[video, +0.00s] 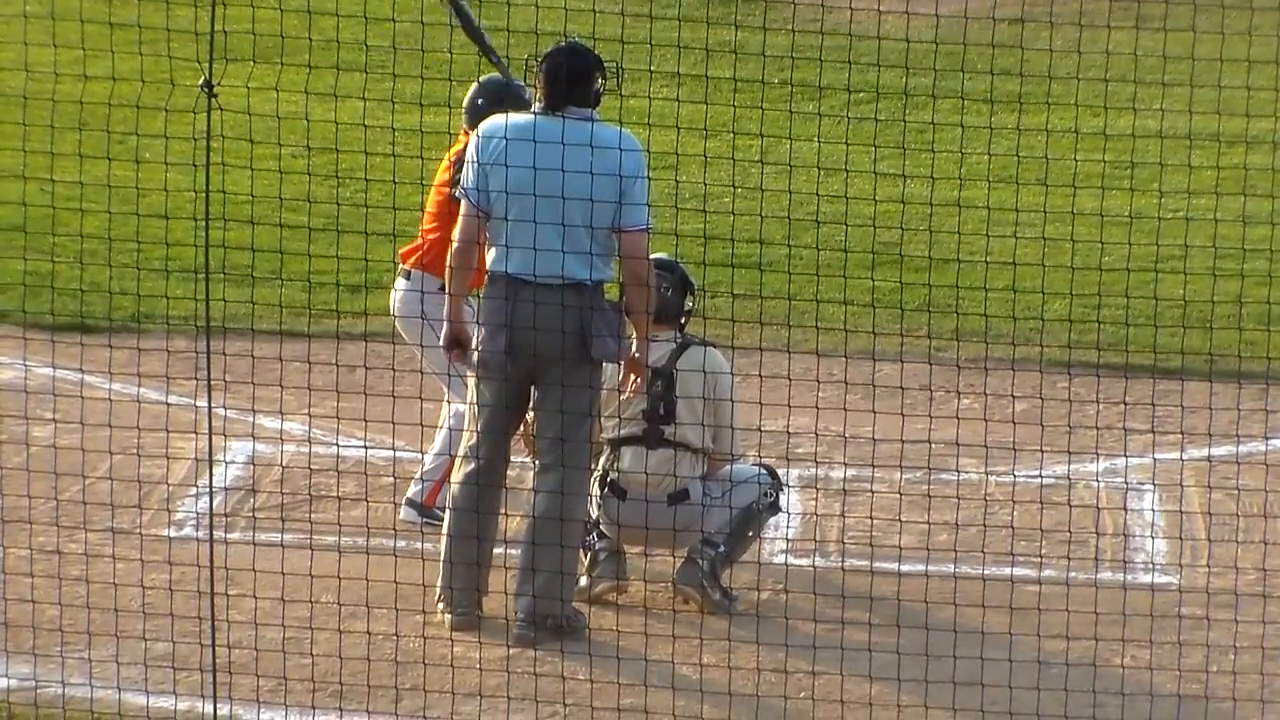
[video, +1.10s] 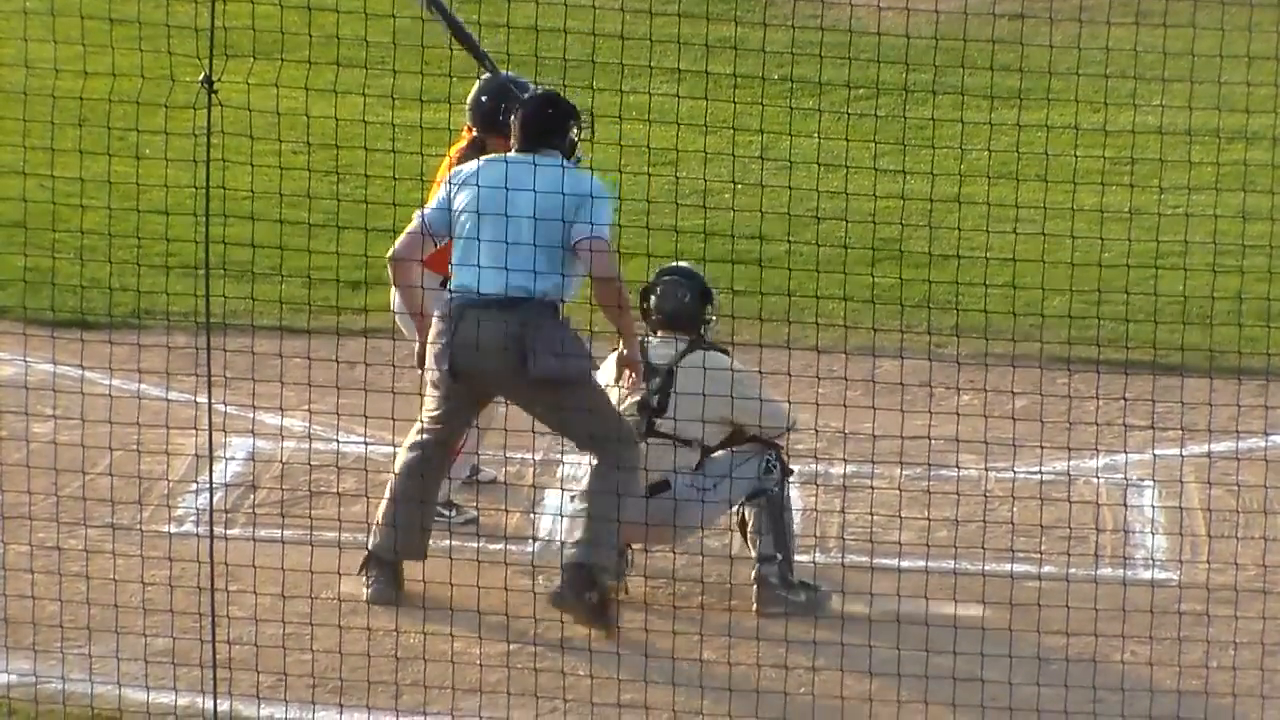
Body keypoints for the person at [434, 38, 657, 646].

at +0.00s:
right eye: (598, 89)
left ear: (540, 87)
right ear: (596, 92)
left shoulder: (494, 135)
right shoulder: (623, 148)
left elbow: (466, 240)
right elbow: (635, 260)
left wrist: (455, 311)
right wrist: (639, 342)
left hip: (505, 309)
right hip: (580, 316)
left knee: (482, 454)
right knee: (565, 464)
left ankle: (459, 598)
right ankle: (543, 609)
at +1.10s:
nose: (579, 147)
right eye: (576, 140)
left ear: (515, 136)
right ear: (569, 142)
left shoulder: (469, 177)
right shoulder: (584, 186)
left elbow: (404, 256)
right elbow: (600, 270)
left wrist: (429, 333)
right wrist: (630, 340)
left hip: (460, 332)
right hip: (535, 337)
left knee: (431, 437)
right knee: (617, 446)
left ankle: (383, 565)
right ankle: (586, 574)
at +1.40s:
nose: (598, 209)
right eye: (595, 202)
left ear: (538, 197)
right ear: (590, 204)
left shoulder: (490, 237)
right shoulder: (603, 247)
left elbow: (405, 297)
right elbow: (625, 320)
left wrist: (435, 366)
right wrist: (645, 397)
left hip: (467, 389)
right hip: (547, 393)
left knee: (441, 450)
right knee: (652, 473)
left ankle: (383, 561)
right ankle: (648, 605)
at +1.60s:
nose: (607, 250)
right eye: (606, 244)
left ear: (548, 241)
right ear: (601, 249)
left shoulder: (501, 274)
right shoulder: (611, 287)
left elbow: (412, 313)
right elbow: (628, 350)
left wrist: (444, 386)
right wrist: (641, 420)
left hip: (469, 420)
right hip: (548, 426)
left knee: (439, 460)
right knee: (662, 479)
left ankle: (383, 567)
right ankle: (649, 610)